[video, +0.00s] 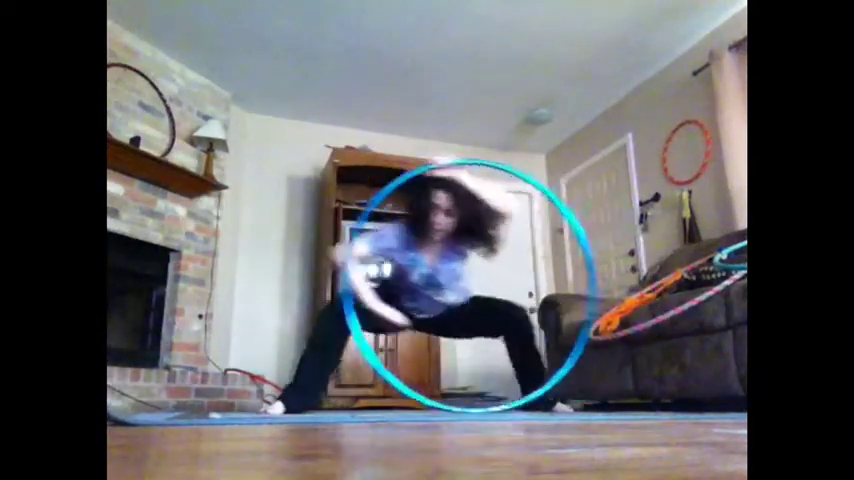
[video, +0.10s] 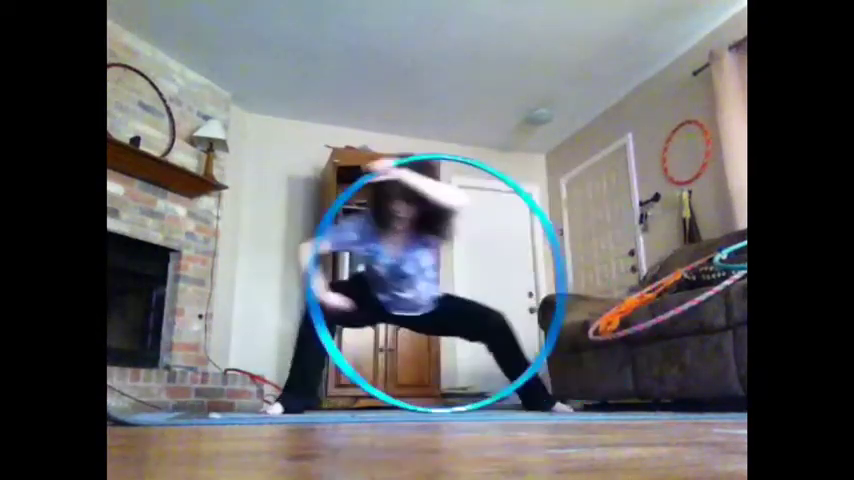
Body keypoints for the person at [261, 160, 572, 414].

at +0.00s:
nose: (439, 217)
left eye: (446, 211)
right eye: (433, 209)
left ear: (460, 215)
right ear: (420, 210)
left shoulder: (463, 246)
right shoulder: (399, 236)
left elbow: (506, 211)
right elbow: (345, 257)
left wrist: (462, 180)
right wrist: (377, 308)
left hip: (443, 312)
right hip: (393, 308)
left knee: (512, 317)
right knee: (338, 313)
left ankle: (540, 404)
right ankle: (295, 403)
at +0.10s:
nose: (399, 211)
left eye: (405, 206)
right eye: (393, 205)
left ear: (416, 209)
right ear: (382, 206)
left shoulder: (428, 235)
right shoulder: (365, 230)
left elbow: (455, 201)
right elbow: (310, 249)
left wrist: (399, 173)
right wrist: (321, 291)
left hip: (426, 308)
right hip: (375, 303)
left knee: (493, 324)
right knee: (318, 310)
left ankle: (541, 403)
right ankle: (296, 402)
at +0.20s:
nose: (372, 197)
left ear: (388, 188)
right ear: (360, 189)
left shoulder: (407, 217)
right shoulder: (342, 221)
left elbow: (425, 199)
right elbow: (292, 253)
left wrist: (365, 176)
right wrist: (294, 292)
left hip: (407, 300)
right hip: (356, 296)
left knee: (478, 331)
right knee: (310, 310)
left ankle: (539, 404)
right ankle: (295, 401)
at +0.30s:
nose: (337, 186)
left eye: (350, 179)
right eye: (333, 179)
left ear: (365, 179)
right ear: (326, 183)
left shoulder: (385, 200)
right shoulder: (315, 217)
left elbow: (405, 191)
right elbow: (276, 256)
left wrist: (344, 181)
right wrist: (265, 291)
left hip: (394, 293)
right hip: (343, 291)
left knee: (466, 339)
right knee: (301, 302)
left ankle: (539, 404)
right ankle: (295, 402)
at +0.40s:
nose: (306, 182)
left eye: (310, 172)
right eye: (297, 178)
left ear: (326, 165)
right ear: (290, 184)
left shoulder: (354, 183)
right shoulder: (295, 223)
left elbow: (398, 175)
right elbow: (258, 276)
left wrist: (340, 180)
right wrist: (278, 305)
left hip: (388, 283)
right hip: (338, 286)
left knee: (454, 340)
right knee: (292, 302)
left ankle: (536, 406)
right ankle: (293, 401)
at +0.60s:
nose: (296, 206)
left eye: (296, 196)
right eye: (286, 203)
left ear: (308, 175)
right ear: (281, 200)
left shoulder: (343, 168)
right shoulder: (298, 222)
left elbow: (402, 146)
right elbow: (290, 277)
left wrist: (381, 163)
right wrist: (324, 302)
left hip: (400, 262)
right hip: (351, 273)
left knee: (463, 328)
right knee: (301, 306)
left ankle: (532, 402)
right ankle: (292, 402)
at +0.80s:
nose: (323, 194)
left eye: (323, 183)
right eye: (313, 193)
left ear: (330, 164)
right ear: (305, 194)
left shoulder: (371, 159)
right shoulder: (323, 211)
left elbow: (418, 155)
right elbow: (330, 264)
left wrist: (429, 159)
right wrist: (365, 290)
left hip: (423, 257)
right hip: (372, 269)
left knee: (489, 318)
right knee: (321, 314)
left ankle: (532, 399)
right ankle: (293, 400)